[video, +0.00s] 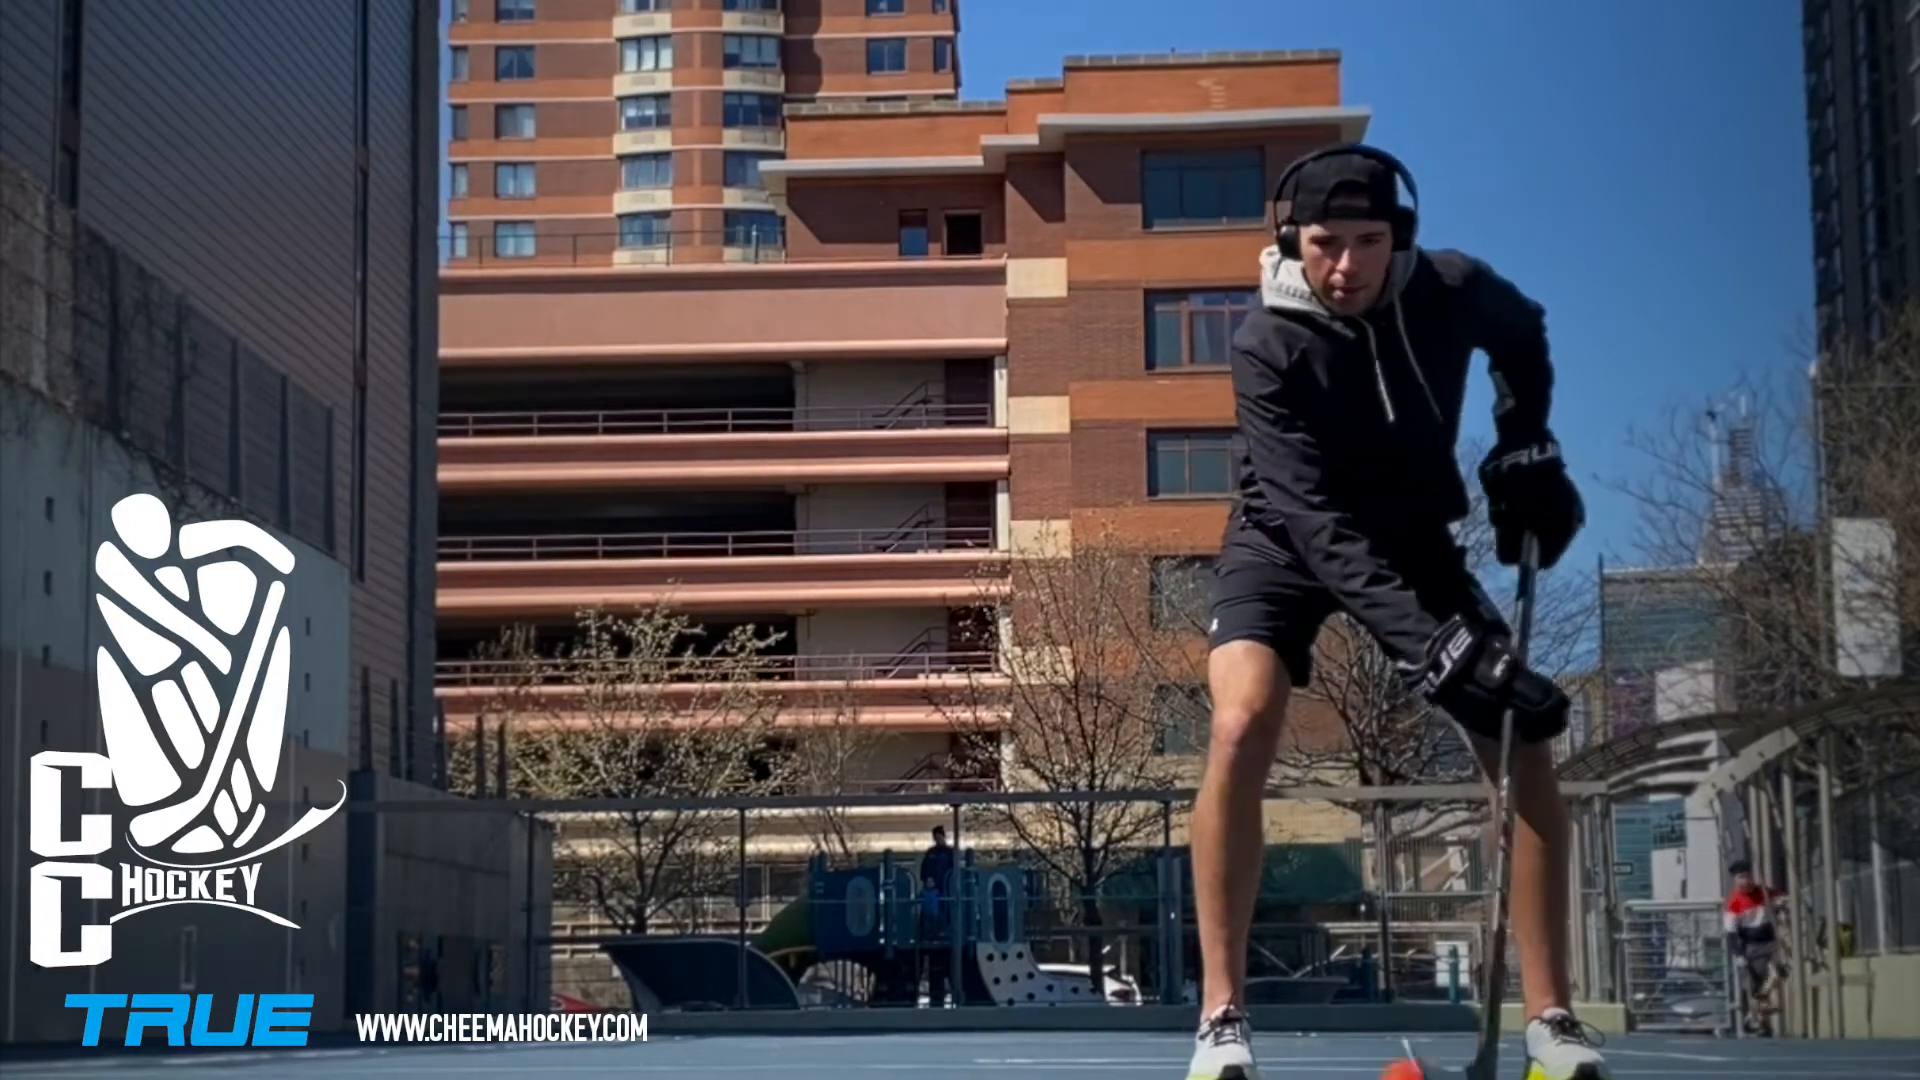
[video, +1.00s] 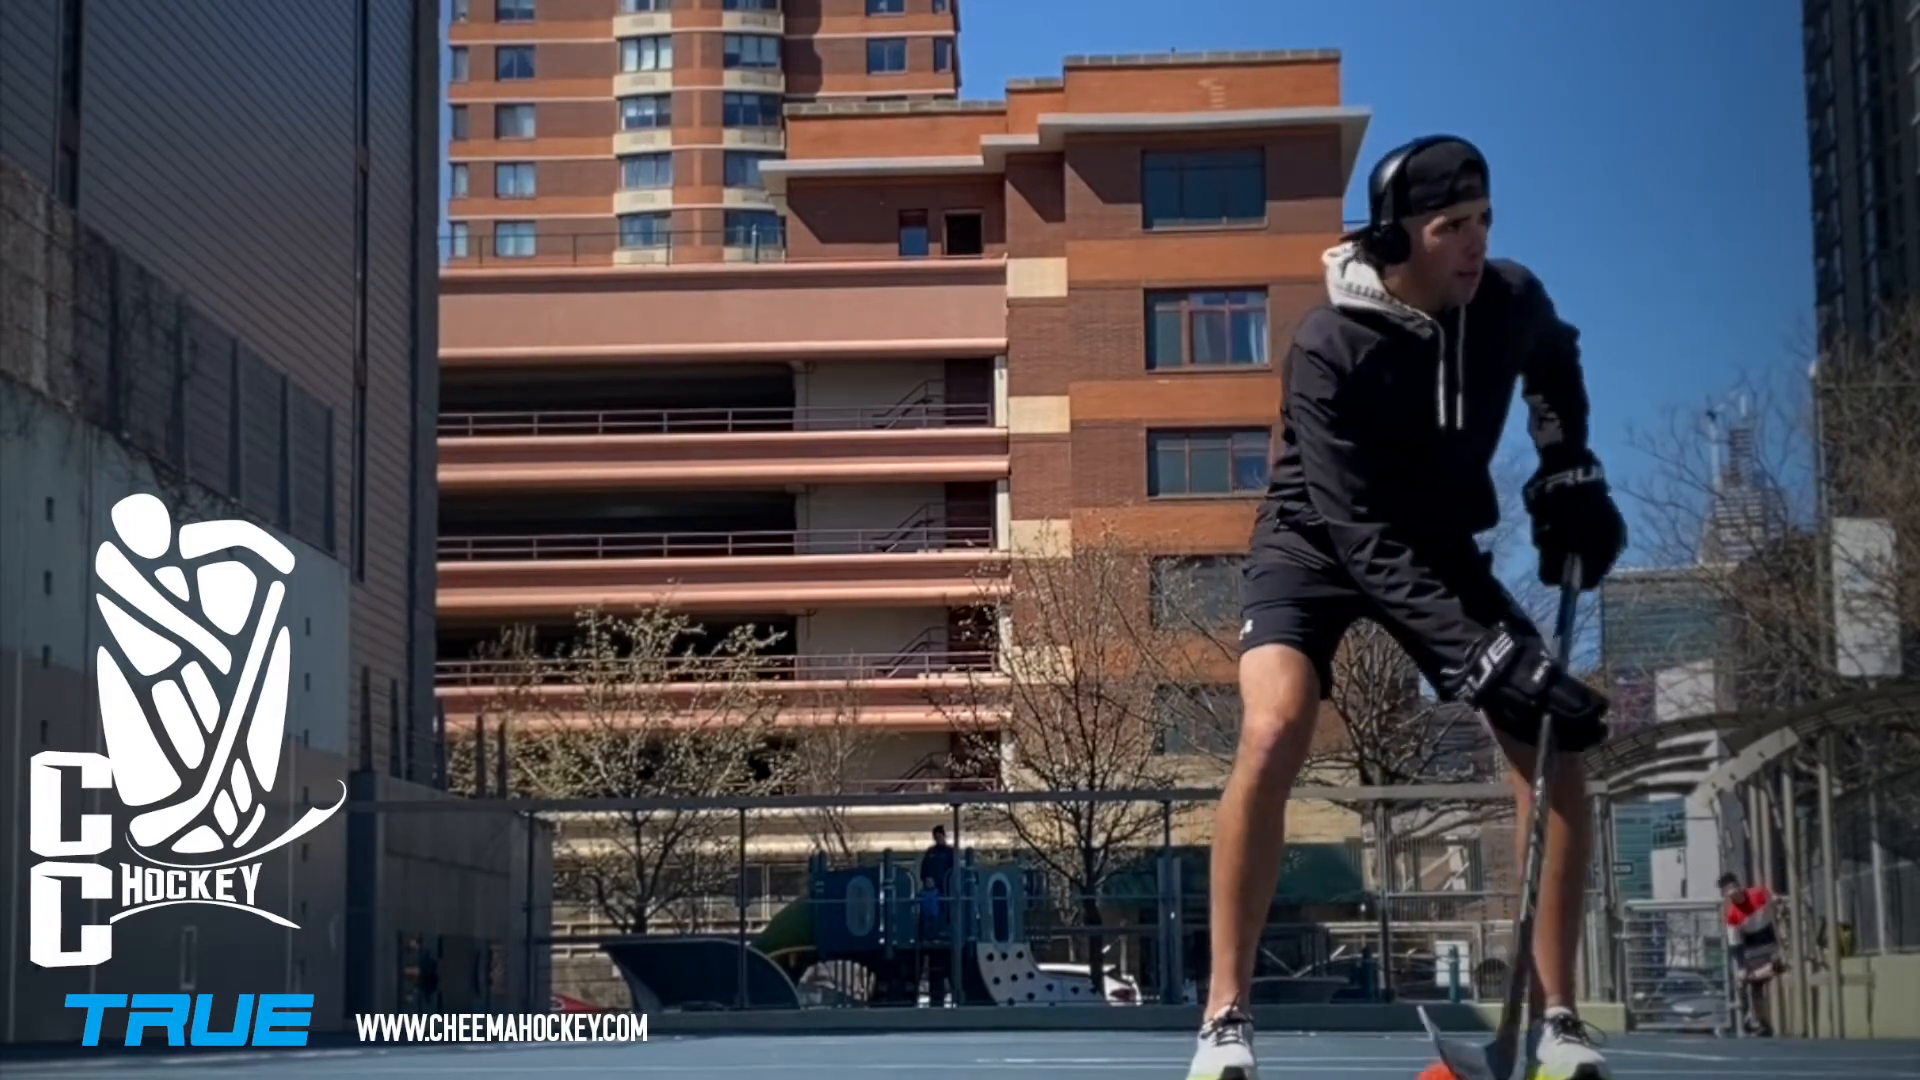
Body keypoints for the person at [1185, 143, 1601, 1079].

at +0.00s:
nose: (1343, 266)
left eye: (1365, 244)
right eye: (1324, 245)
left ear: (1399, 239)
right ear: (1293, 243)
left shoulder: (1449, 288)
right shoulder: (1268, 343)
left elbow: (1521, 333)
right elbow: (1315, 524)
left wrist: (1523, 446)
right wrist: (1440, 647)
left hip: (1414, 536)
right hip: (1285, 539)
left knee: (1523, 738)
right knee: (1242, 725)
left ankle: (1549, 1016)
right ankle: (1221, 1014)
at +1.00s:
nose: (1474, 242)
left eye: (1482, 222)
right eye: (1453, 226)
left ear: (1489, 225)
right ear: (1397, 234)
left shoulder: (1508, 299)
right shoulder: (1332, 344)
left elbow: (1553, 364)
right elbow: (1364, 541)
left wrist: (1568, 471)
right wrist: (1499, 661)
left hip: (1441, 546)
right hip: (1315, 541)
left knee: (1554, 763)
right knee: (1272, 734)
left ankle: (1555, 1017)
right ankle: (1224, 1014)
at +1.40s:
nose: (1541, 256)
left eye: (1544, 234)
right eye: (1521, 239)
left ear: (1538, 230)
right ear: (1460, 240)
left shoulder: (1543, 300)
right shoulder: (1373, 335)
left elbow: (1572, 370)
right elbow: (1411, 530)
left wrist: (1583, 466)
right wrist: (1553, 659)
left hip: (1461, 538)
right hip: (1339, 532)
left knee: (1565, 748)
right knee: (1294, 737)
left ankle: (1558, 1021)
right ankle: (1228, 1013)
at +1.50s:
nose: (1543, 255)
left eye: (1546, 234)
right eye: (1525, 238)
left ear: (1534, 230)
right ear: (1462, 240)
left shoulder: (1537, 301)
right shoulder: (1372, 338)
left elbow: (1561, 391)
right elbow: (1404, 538)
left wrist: (1582, 478)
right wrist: (1544, 667)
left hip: (1455, 537)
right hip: (1335, 532)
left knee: (1557, 739)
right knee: (1298, 736)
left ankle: (1556, 1020)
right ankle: (1228, 1013)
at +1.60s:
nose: (1547, 253)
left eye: (1550, 233)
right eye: (1530, 236)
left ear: (1518, 234)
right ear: (1467, 237)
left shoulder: (1533, 304)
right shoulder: (1367, 332)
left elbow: (1574, 395)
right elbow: (1363, 518)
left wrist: (1608, 490)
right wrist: (1457, 647)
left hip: (1446, 539)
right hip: (1328, 529)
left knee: (1566, 734)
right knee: (1298, 738)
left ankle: (1556, 1023)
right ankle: (1228, 1014)